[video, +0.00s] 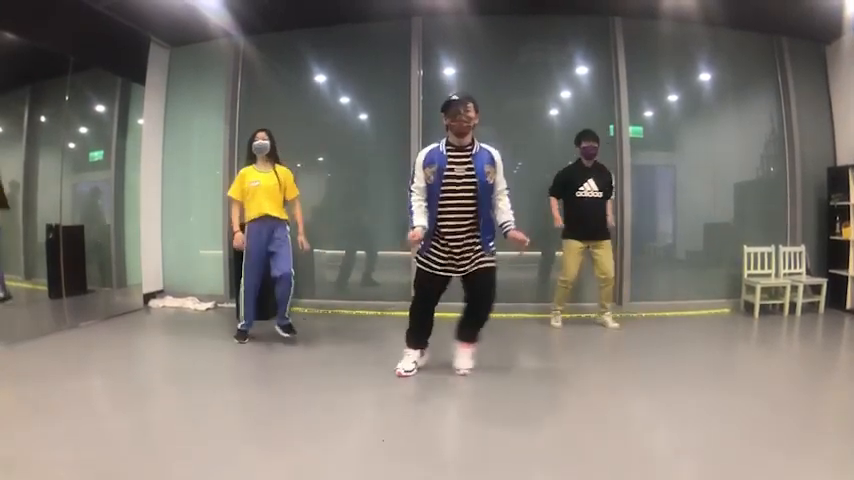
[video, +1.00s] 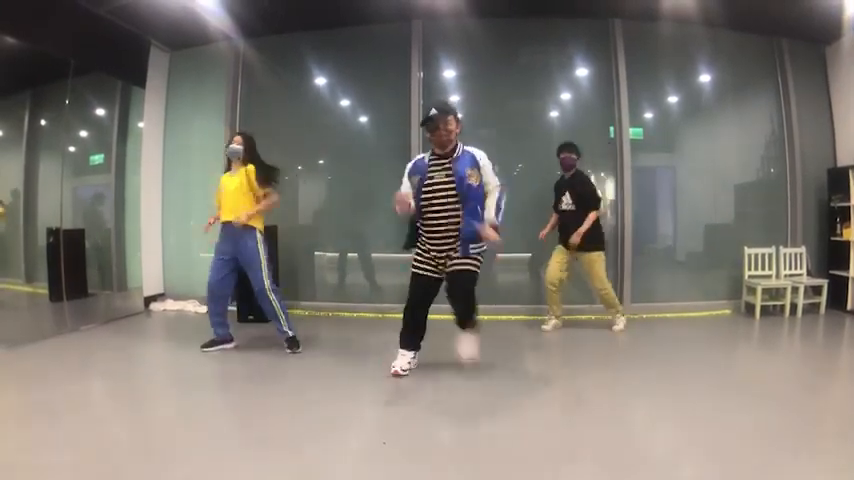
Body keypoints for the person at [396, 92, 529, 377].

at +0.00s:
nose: (463, 119)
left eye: (468, 114)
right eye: (456, 115)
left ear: (476, 117)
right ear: (446, 120)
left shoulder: (490, 156)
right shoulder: (428, 156)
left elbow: (500, 195)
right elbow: (418, 195)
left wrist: (509, 227)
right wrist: (419, 225)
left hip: (477, 244)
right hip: (437, 243)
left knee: (483, 297)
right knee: (423, 298)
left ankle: (466, 344)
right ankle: (415, 349)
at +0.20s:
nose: (474, 134)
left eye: (478, 127)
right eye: (467, 129)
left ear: (486, 129)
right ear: (455, 133)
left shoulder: (498, 166)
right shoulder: (439, 164)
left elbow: (521, 185)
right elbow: (407, 190)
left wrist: (521, 201)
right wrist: (430, 203)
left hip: (484, 252)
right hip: (445, 252)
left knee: (507, 303)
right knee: (423, 305)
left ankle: (521, 355)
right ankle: (400, 351)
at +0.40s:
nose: (476, 127)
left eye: (481, 120)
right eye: (470, 122)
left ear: (491, 121)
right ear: (461, 124)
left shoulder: (508, 151)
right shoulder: (450, 157)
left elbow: (534, 183)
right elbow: (443, 193)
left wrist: (514, 196)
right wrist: (430, 209)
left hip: (500, 237)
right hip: (462, 236)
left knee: (512, 298)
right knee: (454, 284)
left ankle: (523, 354)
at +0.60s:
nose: (468, 125)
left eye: (474, 119)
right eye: (462, 121)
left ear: (487, 121)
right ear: (456, 126)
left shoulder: (499, 154)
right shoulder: (456, 160)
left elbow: (504, 200)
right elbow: (451, 203)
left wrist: (489, 241)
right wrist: (447, 238)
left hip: (495, 242)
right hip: (460, 240)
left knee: (513, 300)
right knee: (437, 287)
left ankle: (536, 354)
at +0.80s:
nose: (455, 149)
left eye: (460, 142)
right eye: (448, 145)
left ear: (473, 143)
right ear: (442, 150)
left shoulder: (480, 172)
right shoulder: (445, 175)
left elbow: (512, 200)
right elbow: (437, 193)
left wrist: (467, 213)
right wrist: (430, 208)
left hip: (485, 263)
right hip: (450, 261)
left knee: (507, 314)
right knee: (421, 303)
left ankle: (553, 359)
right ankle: (410, 352)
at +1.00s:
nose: (443, 134)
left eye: (448, 127)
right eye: (436, 129)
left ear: (458, 127)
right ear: (428, 133)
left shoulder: (475, 159)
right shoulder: (417, 165)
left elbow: (493, 190)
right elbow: (407, 201)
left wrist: (491, 222)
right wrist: (404, 204)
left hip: (464, 245)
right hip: (428, 246)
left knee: (460, 292)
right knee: (416, 300)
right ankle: (407, 351)